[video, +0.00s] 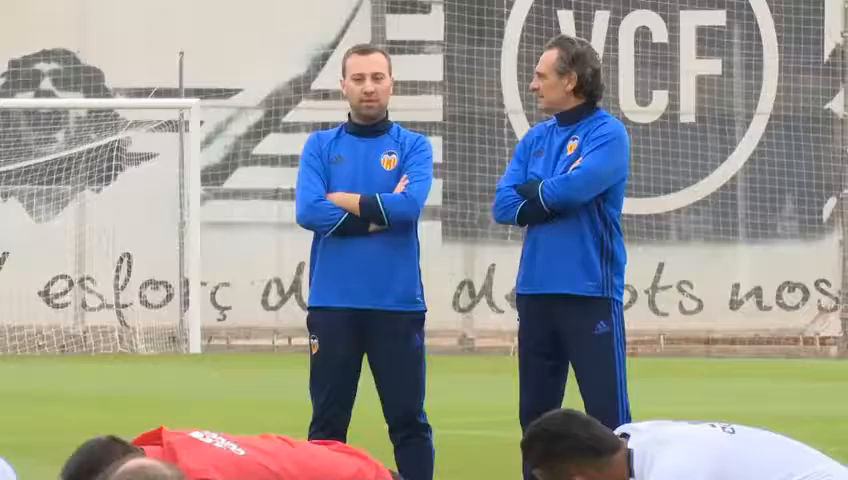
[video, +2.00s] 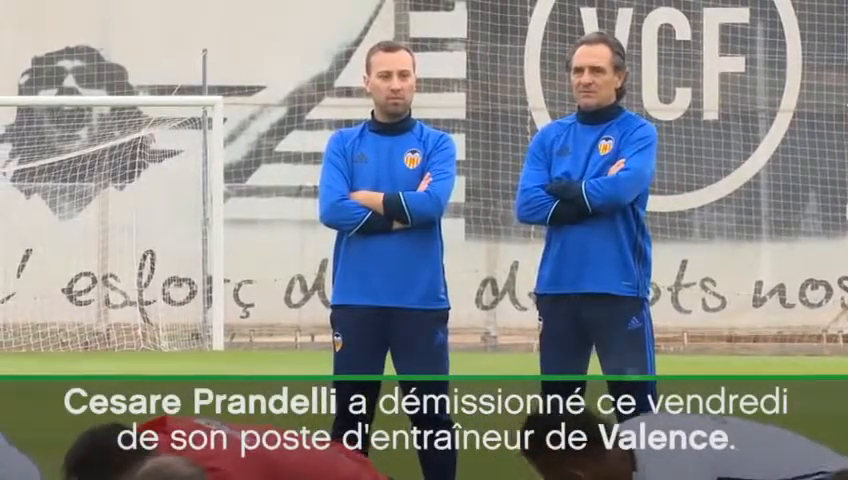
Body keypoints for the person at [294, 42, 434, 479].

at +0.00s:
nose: (369, 87)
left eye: (378, 78)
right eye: (359, 79)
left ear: (391, 85)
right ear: (343, 87)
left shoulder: (414, 145)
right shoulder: (320, 144)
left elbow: (409, 208)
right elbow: (308, 212)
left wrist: (337, 198)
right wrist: (381, 214)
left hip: (397, 304)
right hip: (333, 304)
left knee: (408, 421)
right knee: (327, 422)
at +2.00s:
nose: (395, 85)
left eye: (404, 75)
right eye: (385, 76)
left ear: (416, 82)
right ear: (367, 84)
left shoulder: (438, 143)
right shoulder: (343, 142)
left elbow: (431, 206)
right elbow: (332, 211)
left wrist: (361, 197)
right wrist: (405, 212)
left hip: (421, 302)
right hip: (356, 302)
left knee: (431, 416)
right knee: (351, 417)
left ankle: (441, 478)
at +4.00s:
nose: (395, 84)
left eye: (404, 75)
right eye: (385, 75)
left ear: (417, 82)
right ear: (369, 83)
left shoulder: (439, 142)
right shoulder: (346, 142)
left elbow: (433, 206)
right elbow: (333, 210)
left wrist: (361, 196)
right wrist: (406, 213)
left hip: (423, 302)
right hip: (358, 301)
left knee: (433, 416)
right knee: (352, 417)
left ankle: (443, 479)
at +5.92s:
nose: (391, 86)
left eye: (400, 76)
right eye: (381, 77)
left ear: (416, 82)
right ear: (368, 84)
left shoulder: (438, 144)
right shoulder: (349, 143)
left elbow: (432, 206)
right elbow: (339, 203)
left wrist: (367, 199)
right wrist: (411, 195)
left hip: (422, 300)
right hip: (359, 300)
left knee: (434, 417)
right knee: (350, 420)